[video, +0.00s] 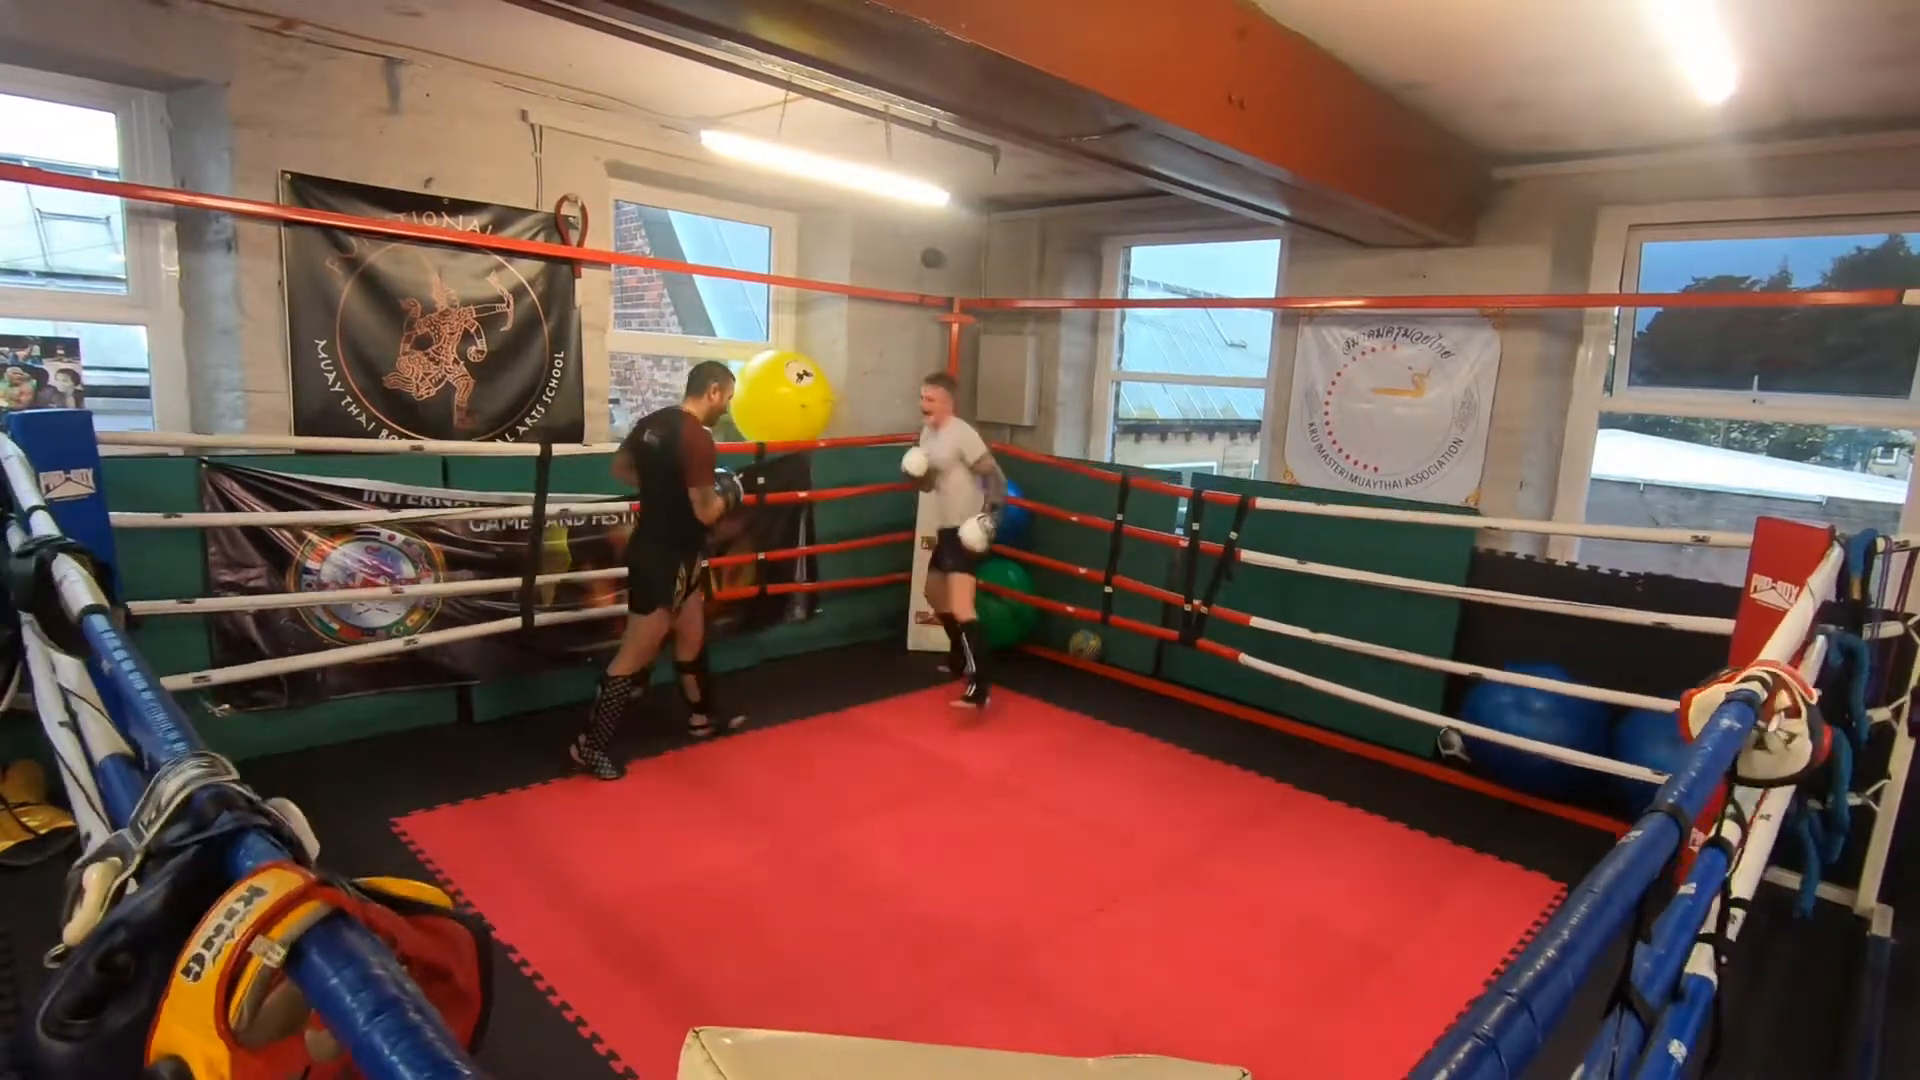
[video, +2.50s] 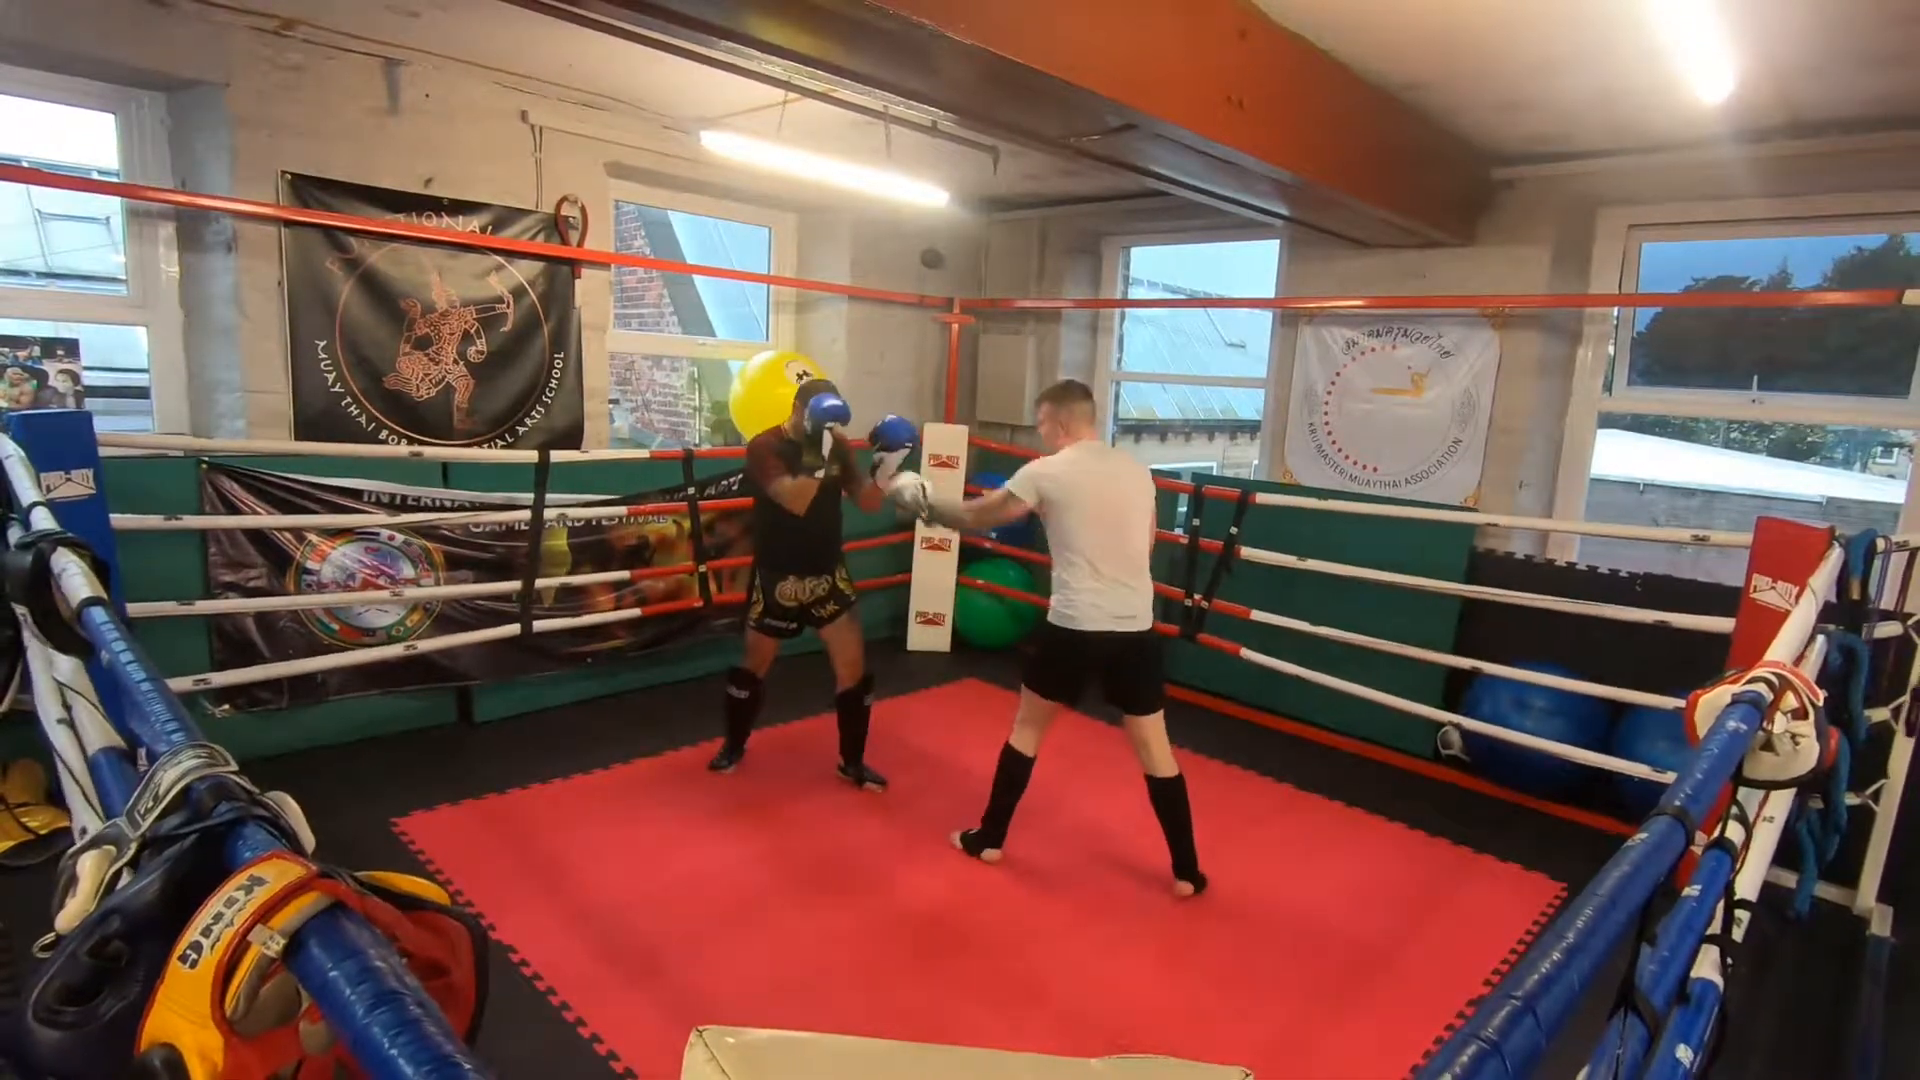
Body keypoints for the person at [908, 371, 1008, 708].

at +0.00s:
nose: (925, 404)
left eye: (931, 399)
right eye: (923, 399)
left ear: (950, 401)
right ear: (923, 401)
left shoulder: (963, 433)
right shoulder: (928, 434)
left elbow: (995, 479)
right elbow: (927, 485)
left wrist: (989, 518)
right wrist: (917, 470)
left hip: (965, 528)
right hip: (942, 528)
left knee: (961, 604)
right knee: (935, 594)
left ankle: (978, 682)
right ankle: (959, 658)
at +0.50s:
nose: (977, 407)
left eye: (983, 401)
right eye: (977, 400)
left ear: (1005, 402)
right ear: (1005, 404)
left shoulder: (1014, 441)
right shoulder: (1022, 435)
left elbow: (1038, 499)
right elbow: (1018, 488)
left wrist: (1001, 541)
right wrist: (986, 488)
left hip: (1019, 555)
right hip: (1039, 553)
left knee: (985, 631)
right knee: (1041, 630)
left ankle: (971, 716)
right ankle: (1089, 703)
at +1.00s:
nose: (1034, 424)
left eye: (1038, 416)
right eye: (1035, 416)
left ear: (1055, 416)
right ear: (1075, 416)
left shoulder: (1044, 464)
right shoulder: (1108, 464)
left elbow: (1030, 525)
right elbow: (1087, 520)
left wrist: (979, 542)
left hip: (1054, 593)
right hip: (1097, 594)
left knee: (1028, 693)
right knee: (1088, 667)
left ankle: (1019, 800)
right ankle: (1107, 756)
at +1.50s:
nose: (1037, 440)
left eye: (1037, 431)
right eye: (1034, 432)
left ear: (1054, 423)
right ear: (1080, 422)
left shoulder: (1055, 470)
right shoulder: (1123, 470)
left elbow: (1052, 539)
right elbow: (1104, 541)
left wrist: (1004, 569)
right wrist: (1017, 560)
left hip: (1068, 615)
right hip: (1124, 618)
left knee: (1028, 707)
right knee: (1138, 732)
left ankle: (1018, 818)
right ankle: (1171, 857)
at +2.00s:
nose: (1021, 430)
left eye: (1021, 422)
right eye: (1020, 423)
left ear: (1035, 419)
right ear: (1068, 414)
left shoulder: (1023, 459)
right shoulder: (1117, 461)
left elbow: (948, 473)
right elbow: (1132, 529)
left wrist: (884, 462)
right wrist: (1076, 515)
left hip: (1061, 621)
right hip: (1124, 620)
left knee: (1028, 721)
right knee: (1150, 729)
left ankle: (993, 826)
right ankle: (1185, 852)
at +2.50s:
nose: (1040, 435)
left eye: (1041, 426)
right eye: (1039, 427)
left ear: (1059, 423)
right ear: (1091, 423)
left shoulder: (1049, 471)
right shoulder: (1139, 472)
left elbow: (978, 517)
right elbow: (1140, 542)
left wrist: (924, 501)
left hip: (1070, 632)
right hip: (1135, 636)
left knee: (1029, 728)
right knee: (1155, 748)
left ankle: (990, 837)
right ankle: (1188, 872)